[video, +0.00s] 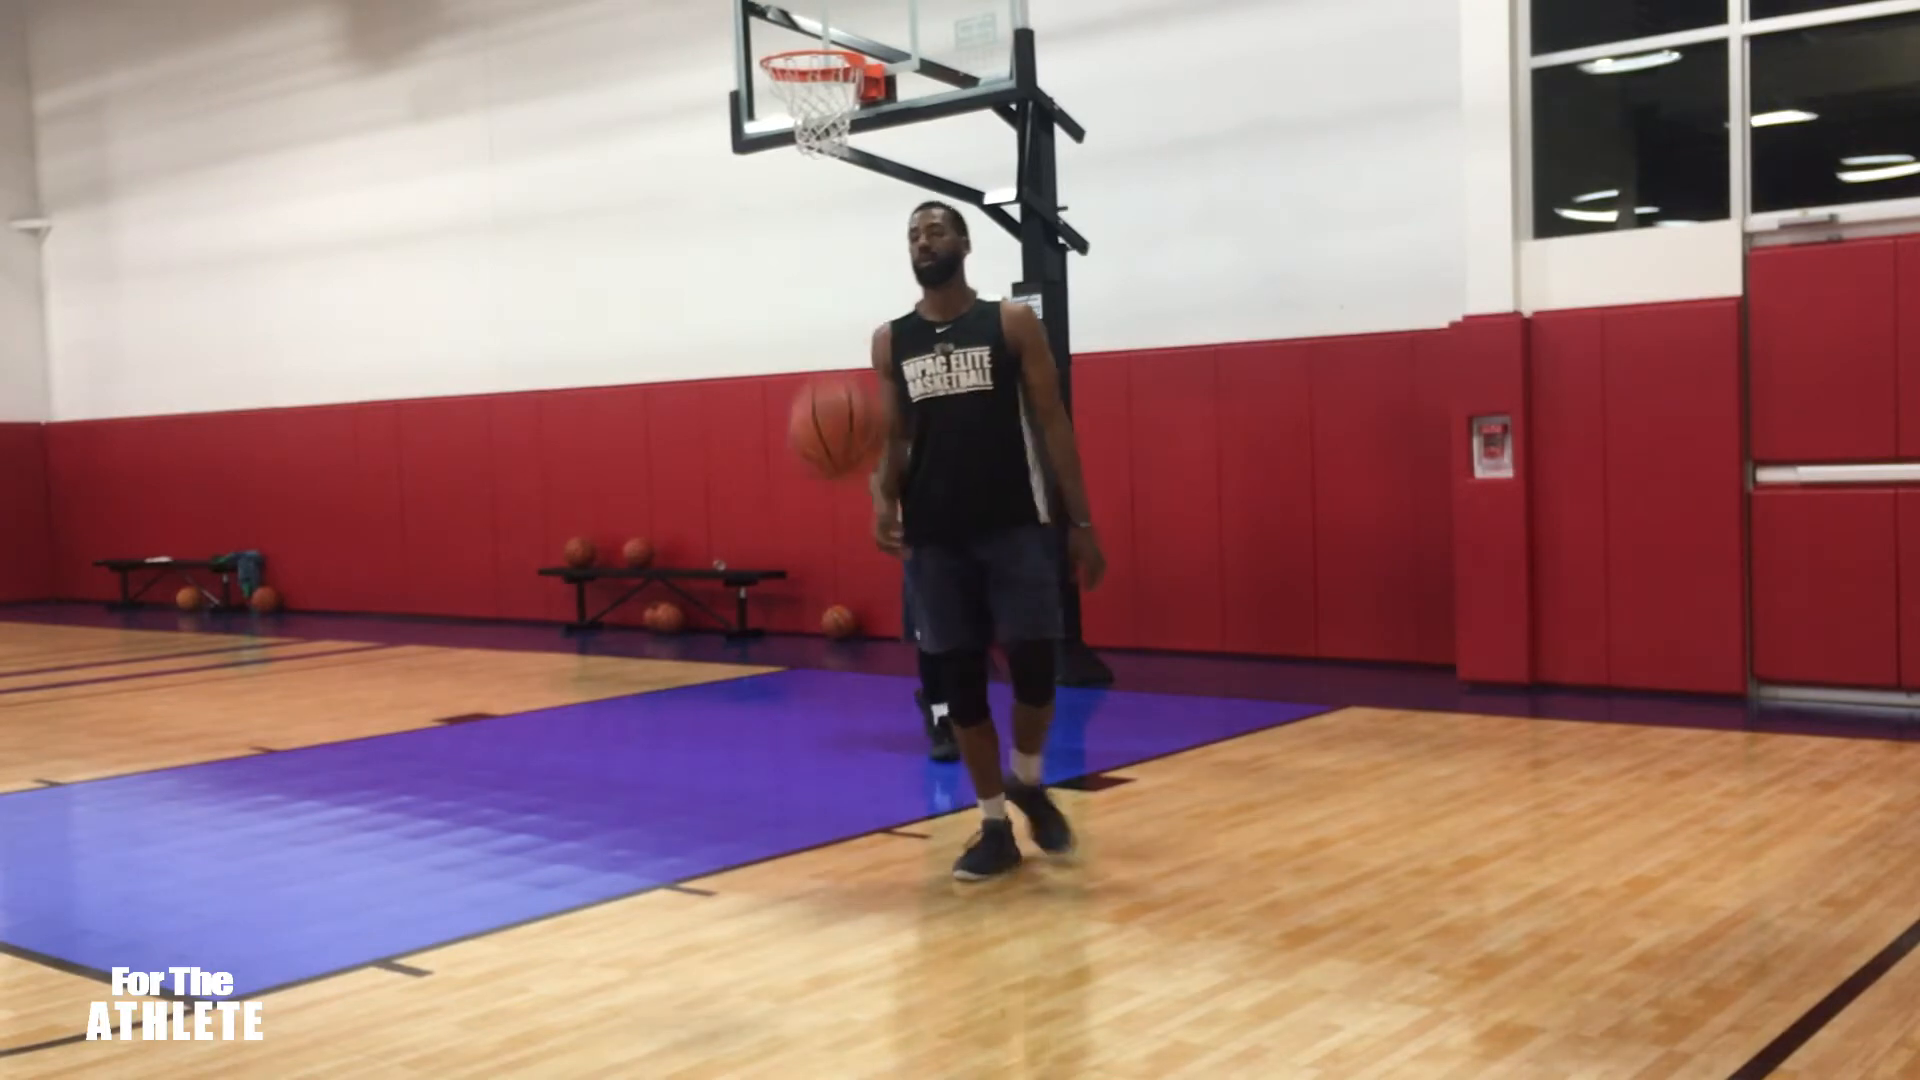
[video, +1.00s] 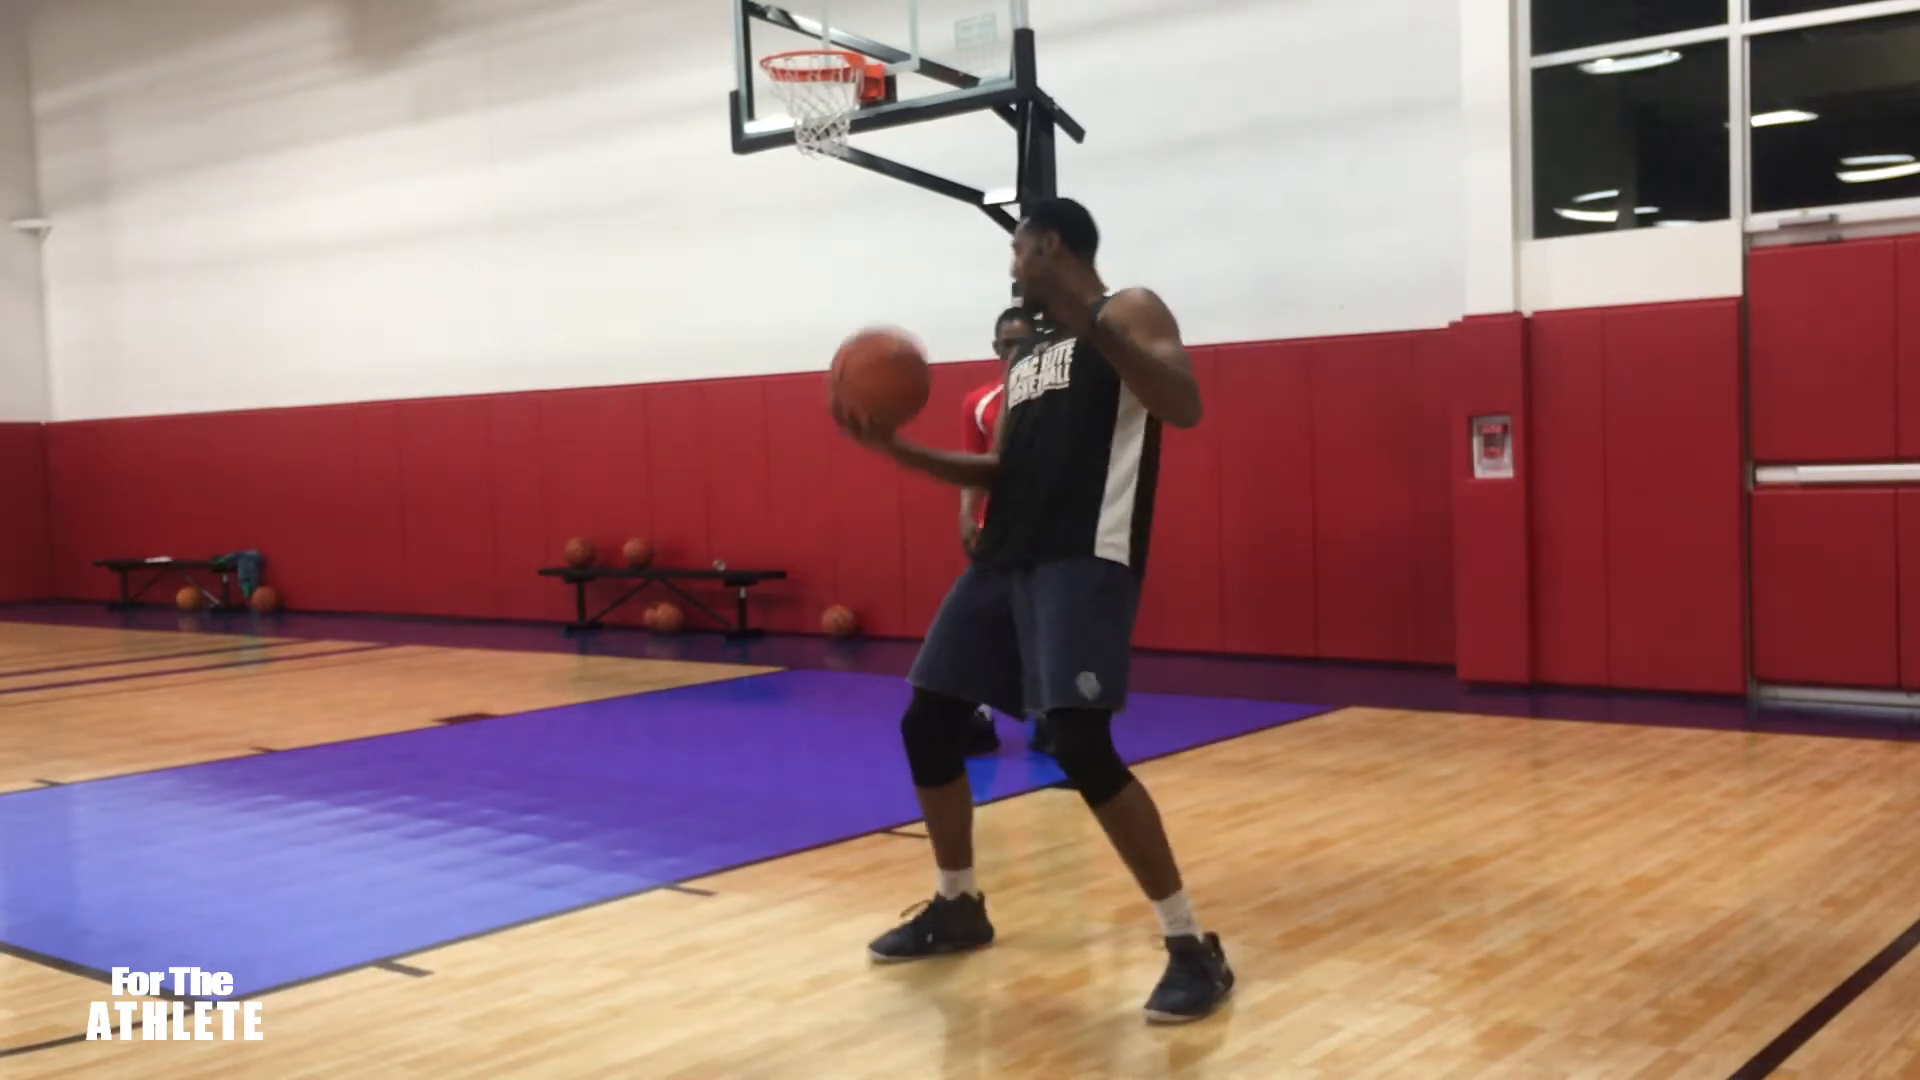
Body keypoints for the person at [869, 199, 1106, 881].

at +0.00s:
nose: (927, 239)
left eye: (939, 229)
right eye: (917, 233)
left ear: (966, 245)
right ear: (908, 254)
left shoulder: (1014, 322)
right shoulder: (892, 341)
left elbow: (1051, 423)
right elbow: (894, 436)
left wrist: (1080, 521)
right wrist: (885, 499)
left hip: (1015, 527)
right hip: (936, 538)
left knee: (1037, 667)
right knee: (959, 681)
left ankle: (1027, 781)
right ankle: (993, 824)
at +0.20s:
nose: (945, 246)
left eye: (956, 233)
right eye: (935, 237)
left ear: (987, 238)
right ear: (927, 249)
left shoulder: (1046, 322)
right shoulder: (912, 337)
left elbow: (1084, 423)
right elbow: (905, 436)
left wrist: (1116, 512)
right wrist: (902, 509)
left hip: (1035, 534)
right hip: (954, 540)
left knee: (1060, 679)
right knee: (974, 691)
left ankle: (1103, 857)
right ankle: (998, 829)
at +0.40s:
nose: (969, 271)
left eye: (981, 257)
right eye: (960, 261)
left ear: (1021, 258)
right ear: (956, 270)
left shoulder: (1081, 344)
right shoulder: (948, 363)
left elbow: (1137, 455)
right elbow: (932, 477)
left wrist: (1169, 564)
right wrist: (902, 565)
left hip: (1068, 557)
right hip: (986, 566)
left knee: (1071, 701)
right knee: (982, 707)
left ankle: (1120, 902)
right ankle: (1006, 814)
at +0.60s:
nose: (968, 225)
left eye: (980, 210)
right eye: (960, 214)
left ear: (1026, 211)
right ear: (961, 225)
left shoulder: (1094, 290)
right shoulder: (962, 325)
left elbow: (1179, 380)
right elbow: (952, 442)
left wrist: (1166, 463)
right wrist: (903, 536)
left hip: (1087, 518)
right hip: (1004, 525)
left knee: (1065, 680)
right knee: (957, 690)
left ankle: (1129, 889)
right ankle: (1018, 829)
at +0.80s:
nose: (968, 227)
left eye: (978, 210)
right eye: (969, 214)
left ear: (1022, 214)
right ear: (1009, 223)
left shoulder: (1104, 295)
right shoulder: (976, 334)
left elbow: (1182, 393)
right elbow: (957, 455)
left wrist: (1119, 384)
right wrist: (890, 520)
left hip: (1090, 548)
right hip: (1003, 555)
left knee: (1098, 718)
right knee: (944, 711)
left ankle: (1188, 936)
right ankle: (957, 903)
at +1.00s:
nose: (1010, 262)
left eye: (1017, 244)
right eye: (1011, 247)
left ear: (1054, 243)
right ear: (1051, 249)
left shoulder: (1129, 310)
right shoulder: (1028, 350)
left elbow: (1185, 404)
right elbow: (1005, 473)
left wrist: (1091, 324)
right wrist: (896, 445)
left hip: (1084, 561)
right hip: (1002, 563)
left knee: (1076, 740)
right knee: (930, 725)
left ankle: (1192, 947)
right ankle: (958, 906)